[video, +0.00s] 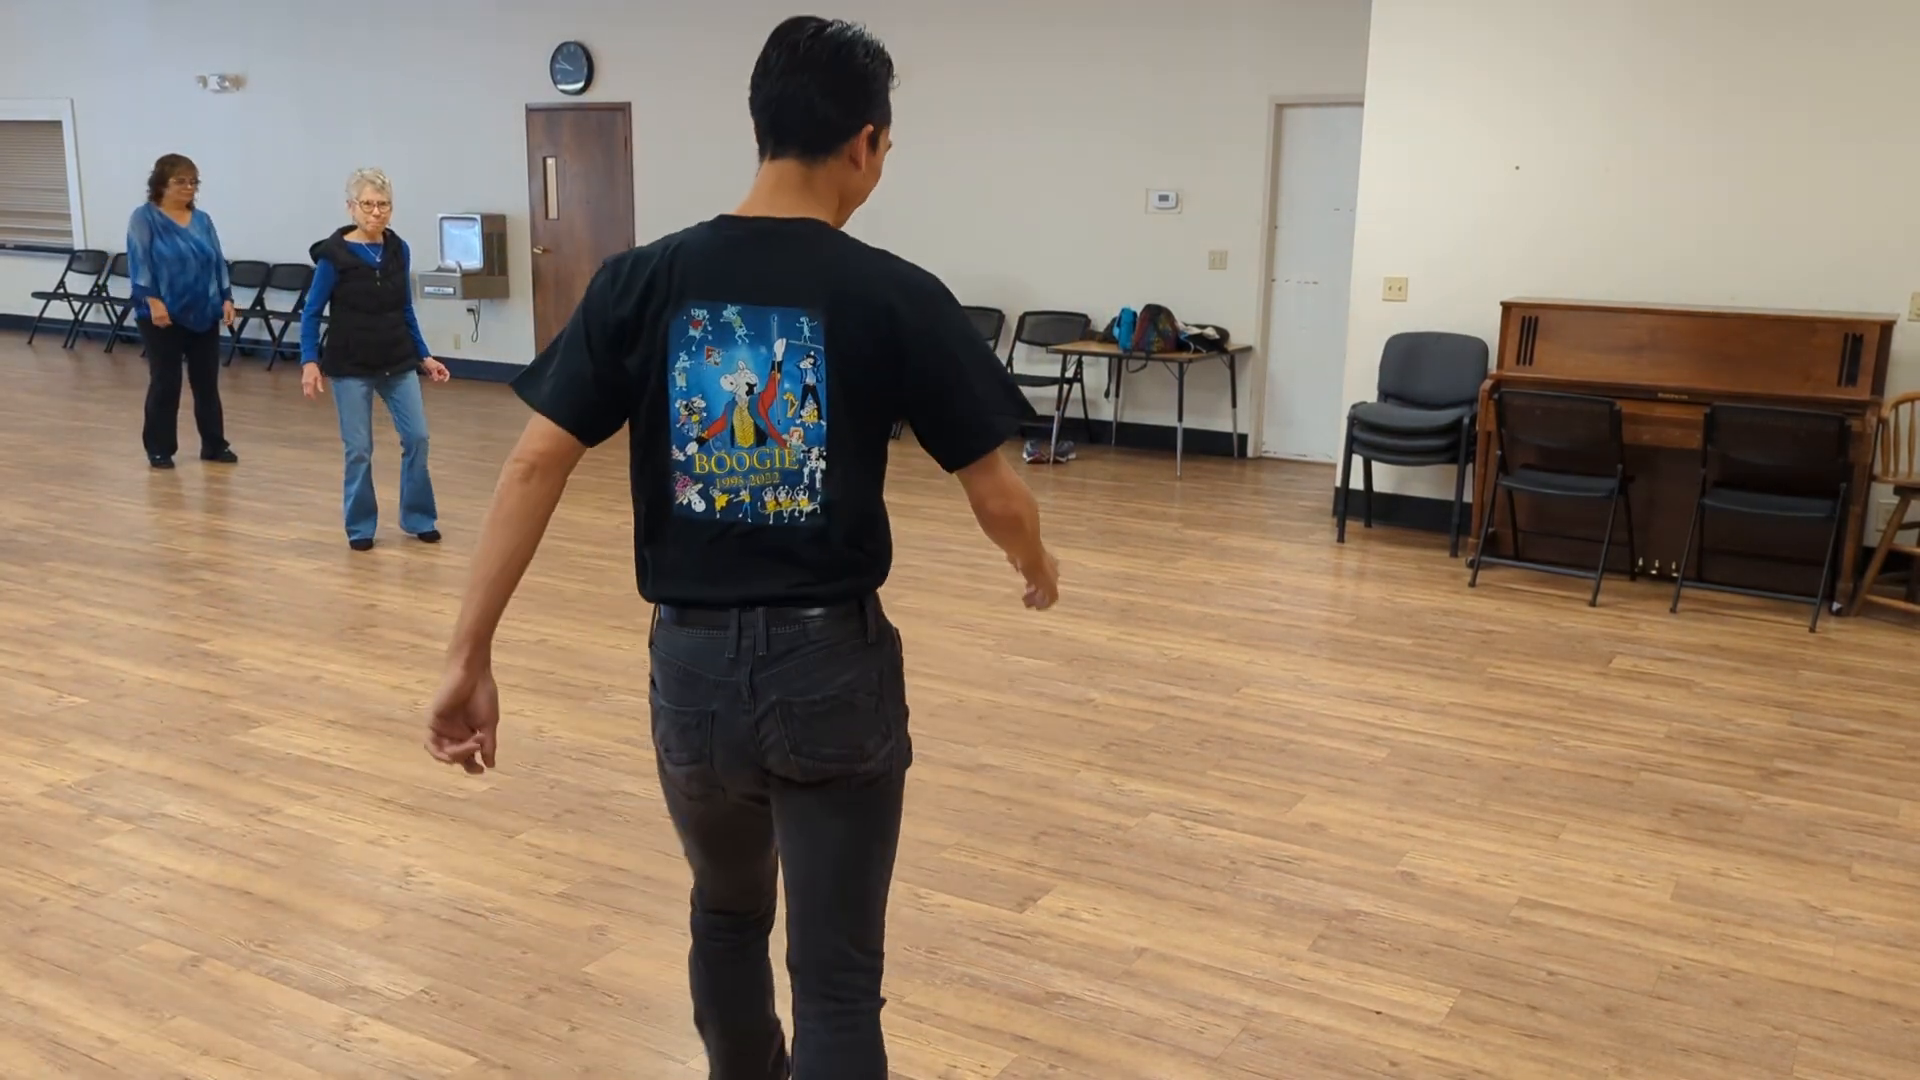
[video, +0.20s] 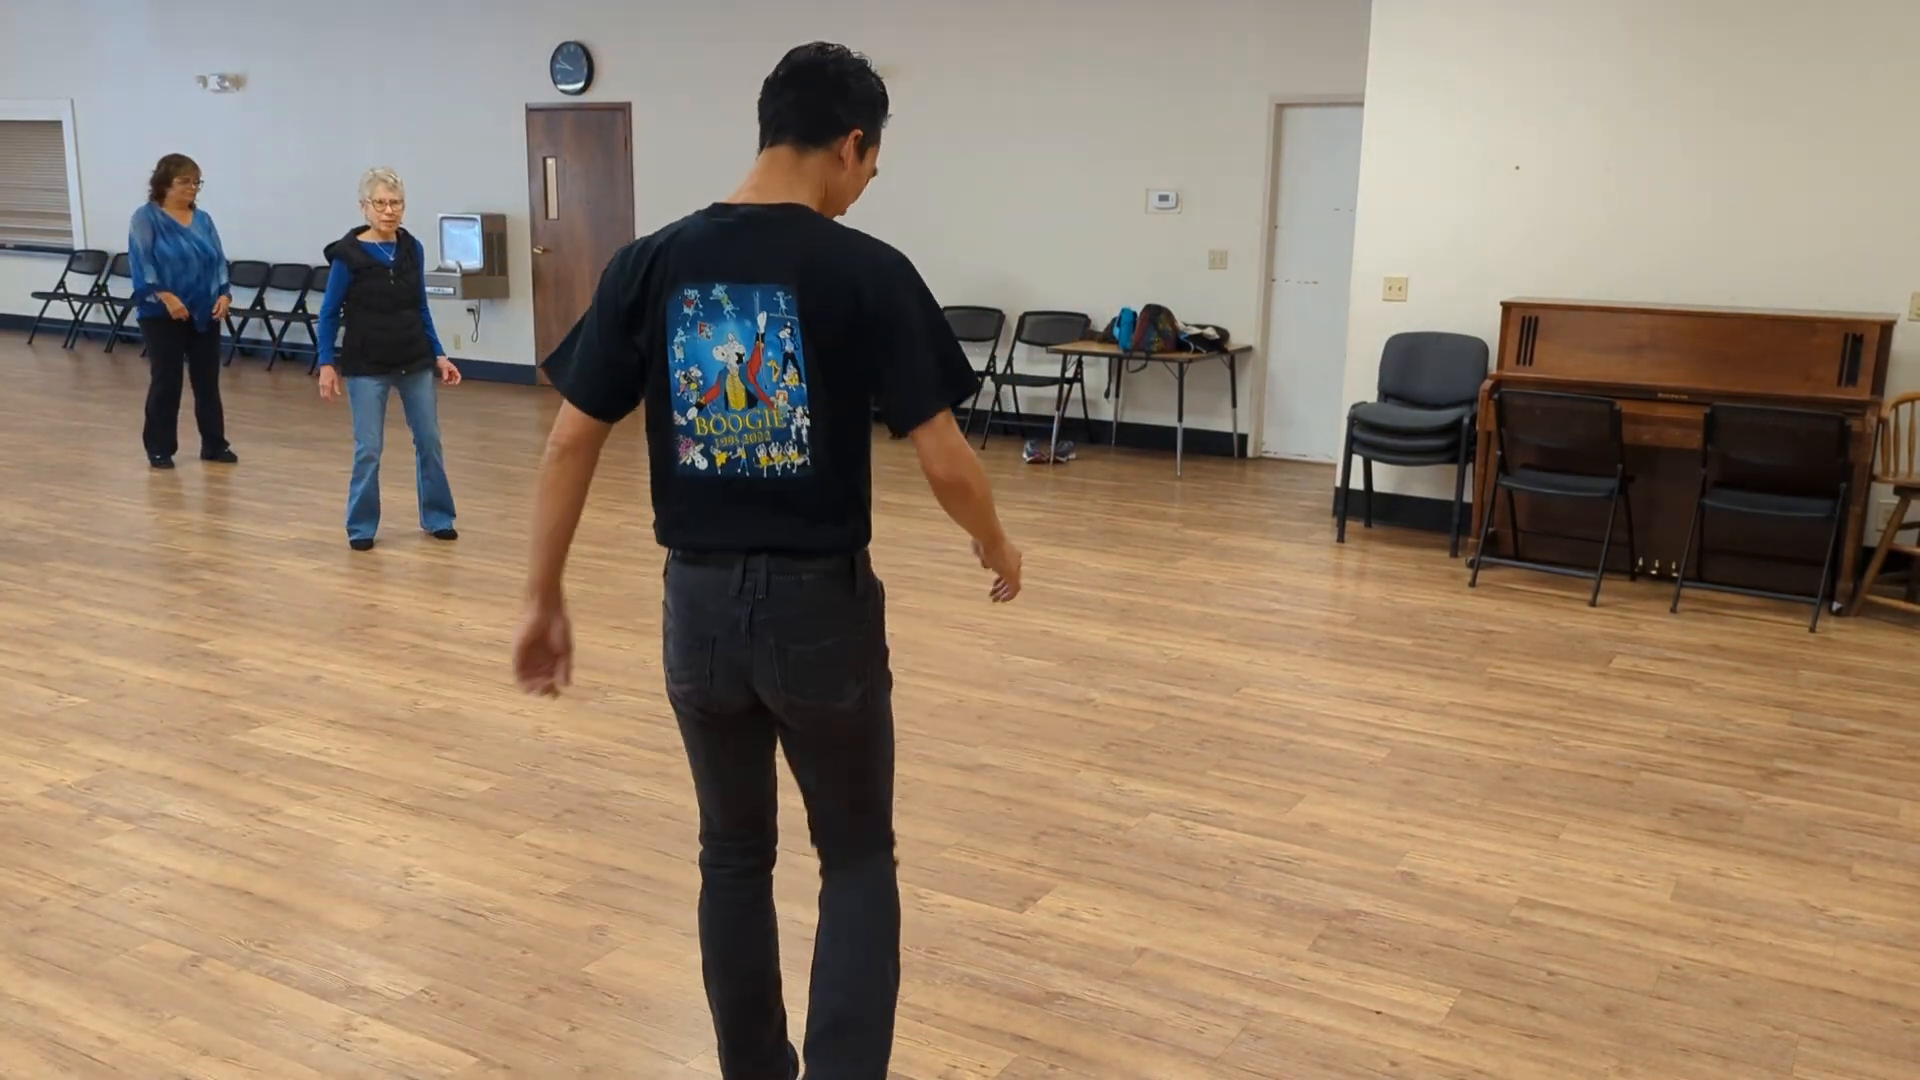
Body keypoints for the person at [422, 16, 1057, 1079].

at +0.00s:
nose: (880, 169)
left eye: (882, 148)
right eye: (882, 147)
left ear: (761, 131)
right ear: (868, 145)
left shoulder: (644, 282)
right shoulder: (894, 296)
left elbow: (536, 462)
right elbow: (1000, 499)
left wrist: (468, 651)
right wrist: (1035, 566)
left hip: (689, 664)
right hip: (834, 659)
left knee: (727, 916)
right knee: (840, 980)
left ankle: (749, 1070)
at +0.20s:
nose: (867, 182)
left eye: (869, 163)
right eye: (871, 161)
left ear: (767, 134)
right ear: (848, 146)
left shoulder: (650, 263)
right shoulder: (868, 273)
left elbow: (574, 440)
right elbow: (946, 460)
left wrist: (543, 593)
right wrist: (993, 542)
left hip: (697, 616)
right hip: (820, 619)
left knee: (733, 846)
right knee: (856, 852)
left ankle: (753, 1070)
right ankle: (846, 1070)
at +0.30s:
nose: (870, 175)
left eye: (876, 155)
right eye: (874, 152)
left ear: (774, 127)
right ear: (845, 136)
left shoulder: (662, 248)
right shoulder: (856, 258)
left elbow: (605, 419)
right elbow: (909, 443)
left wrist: (613, 545)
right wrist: (965, 550)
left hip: (703, 567)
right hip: (824, 572)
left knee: (732, 832)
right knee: (848, 803)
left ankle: (752, 1062)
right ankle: (842, 1057)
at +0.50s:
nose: (885, 172)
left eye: (887, 151)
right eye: (872, 149)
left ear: (801, 154)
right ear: (806, 149)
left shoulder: (698, 254)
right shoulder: (838, 278)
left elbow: (642, 398)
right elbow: (850, 450)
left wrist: (717, 440)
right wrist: (908, 589)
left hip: (719, 553)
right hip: (822, 560)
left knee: (742, 799)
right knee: (820, 754)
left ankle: (754, 1058)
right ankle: (801, 927)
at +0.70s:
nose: (867, 161)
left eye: (873, 143)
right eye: (849, 142)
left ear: (800, 150)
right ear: (790, 147)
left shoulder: (725, 235)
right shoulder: (810, 271)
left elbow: (671, 349)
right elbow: (795, 430)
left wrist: (732, 409)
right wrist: (881, 522)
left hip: (731, 521)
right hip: (807, 531)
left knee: (767, 715)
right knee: (830, 733)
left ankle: (706, 913)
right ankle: (790, 929)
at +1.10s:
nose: (799, 148)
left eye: (810, 132)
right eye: (779, 131)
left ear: (821, 141)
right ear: (741, 139)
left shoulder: (799, 238)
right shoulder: (705, 244)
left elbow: (782, 346)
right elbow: (652, 377)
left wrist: (811, 408)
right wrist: (758, 427)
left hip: (780, 490)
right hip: (722, 496)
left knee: (758, 668)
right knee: (764, 689)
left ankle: (738, 813)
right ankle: (759, 897)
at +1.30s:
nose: (762, 142)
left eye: (774, 127)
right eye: (743, 125)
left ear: (785, 135)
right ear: (705, 132)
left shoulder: (781, 233)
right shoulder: (663, 236)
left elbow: (779, 333)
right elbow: (590, 355)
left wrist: (776, 405)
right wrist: (695, 421)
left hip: (746, 484)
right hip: (673, 484)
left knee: (744, 655)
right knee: (686, 668)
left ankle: (735, 810)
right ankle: (640, 853)